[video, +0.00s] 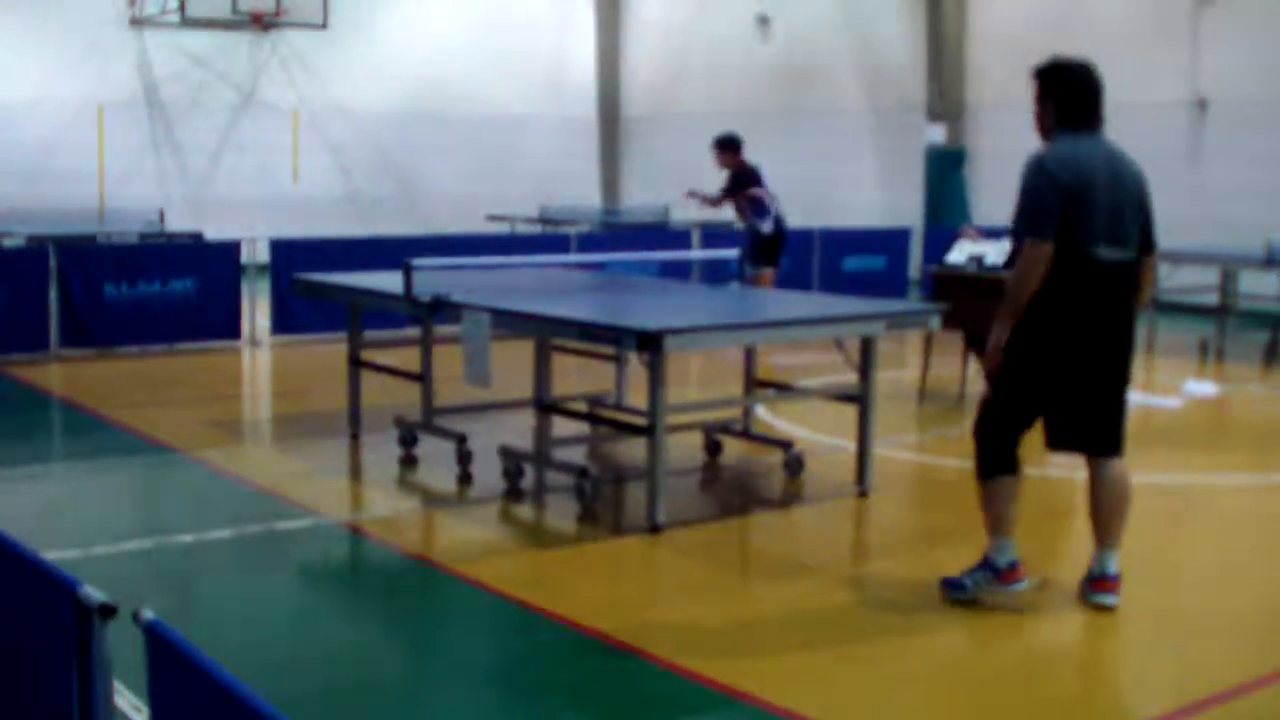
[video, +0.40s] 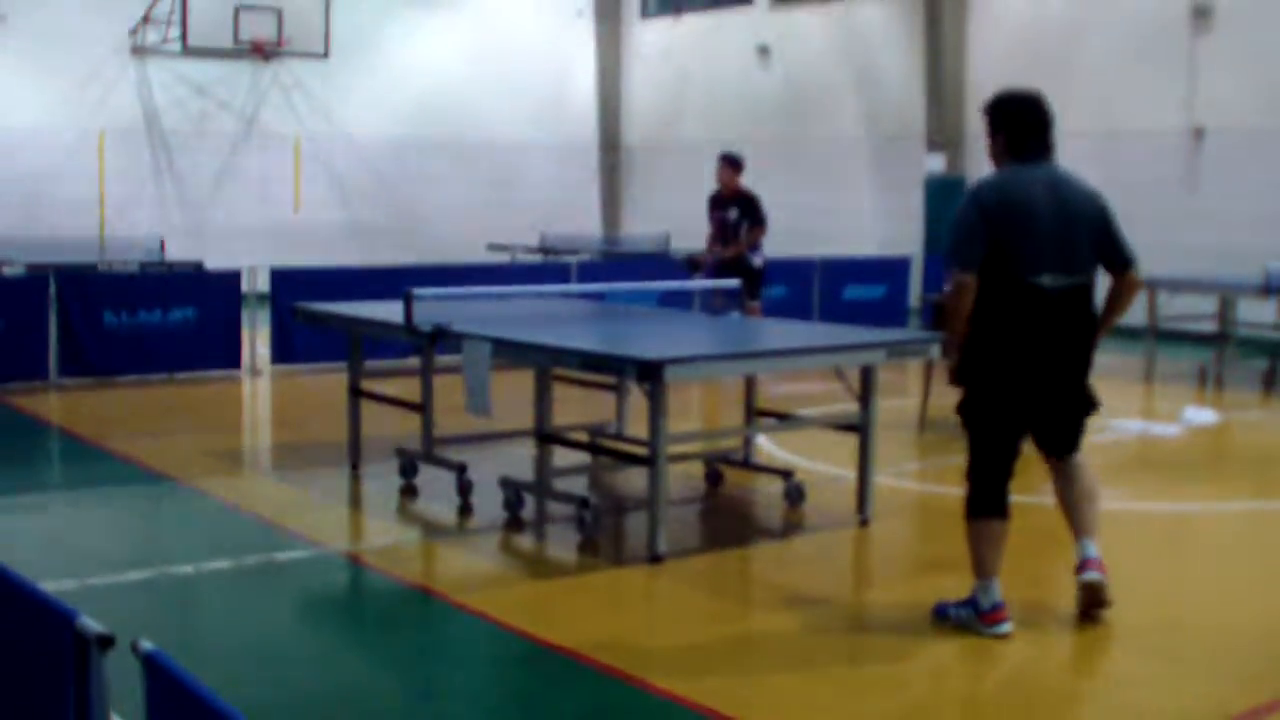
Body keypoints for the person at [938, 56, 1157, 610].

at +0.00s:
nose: (1035, 113)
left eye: (1038, 103)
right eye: (1037, 102)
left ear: (1051, 107)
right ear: (1094, 106)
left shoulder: (1049, 166)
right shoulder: (1126, 171)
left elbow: (1033, 260)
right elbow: (1144, 273)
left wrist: (1001, 327)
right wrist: (1115, 319)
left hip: (1046, 336)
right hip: (1107, 338)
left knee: (995, 430)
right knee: (1106, 448)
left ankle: (1001, 560)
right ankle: (1107, 569)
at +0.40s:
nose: (987, 145)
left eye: (989, 136)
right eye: (989, 136)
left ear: (999, 140)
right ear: (1048, 136)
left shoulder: (985, 199)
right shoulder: (1080, 197)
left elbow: (962, 288)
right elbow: (1127, 277)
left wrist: (954, 350)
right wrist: (1095, 330)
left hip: (998, 359)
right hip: (1064, 357)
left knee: (988, 475)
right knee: (1064, 453)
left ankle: (986, 597)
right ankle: (1090, 554)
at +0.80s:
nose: (972, 162)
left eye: (974, 153)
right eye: (973, 152)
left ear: (985, 156)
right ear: (1029, 151)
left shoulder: (982, 208)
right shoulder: (1063, 209)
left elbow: (965, 282)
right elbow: (1104, 282)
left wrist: (944, 327)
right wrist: (1068, 320)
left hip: (991, 359)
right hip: (1049, 359)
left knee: (963, 468)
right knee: (1038, 463)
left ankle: (980, 591)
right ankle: (1046, 568)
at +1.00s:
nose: (961, 169)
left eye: (963, 160)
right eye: (963, 160)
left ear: (974, 163)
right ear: (1016, 161)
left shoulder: (976, 208)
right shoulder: (1046, 216)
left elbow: (968, 278)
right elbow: (1076, 299)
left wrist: (942, 321)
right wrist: (1034, 327)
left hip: (983, 351)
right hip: (1040, 356)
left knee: (924, 452)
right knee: (1023, 457)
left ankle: (929, 576)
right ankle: (1038, 568)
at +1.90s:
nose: (866, 151)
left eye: (869, 142)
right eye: (868, 141)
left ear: (877, 146)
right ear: (921, 141)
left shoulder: (883, 195)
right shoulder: (951, 190)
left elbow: (848, 268)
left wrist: (864, 198)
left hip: (920, 341)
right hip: (978, 340)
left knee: (866, 439)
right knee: (979, 439)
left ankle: (835, 560)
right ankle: (1008, 543)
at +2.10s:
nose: (880, 142)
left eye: (882, 135)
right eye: (886, 134)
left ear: (887, 139)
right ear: (935, 137)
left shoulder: (888, 190)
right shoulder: (964, 188)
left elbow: (851, 262)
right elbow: (991, 267)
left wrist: (871, 188)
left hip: (920, 340)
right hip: (979, 339)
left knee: (865, 435)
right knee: (977, 435)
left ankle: (840, 562)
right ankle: (1007, 544)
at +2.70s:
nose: (881, 177)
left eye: (882, 168)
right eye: (881, 168)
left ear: (891, 169)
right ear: (935, 162)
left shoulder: (901, 204)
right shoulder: (970, 204)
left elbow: (911, 267)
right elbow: (996, 276)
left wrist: (894, 334)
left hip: (942, 338)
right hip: (997, 341)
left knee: (879, 442)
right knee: (997, 442)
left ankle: (849, 565)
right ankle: (1024, 548)